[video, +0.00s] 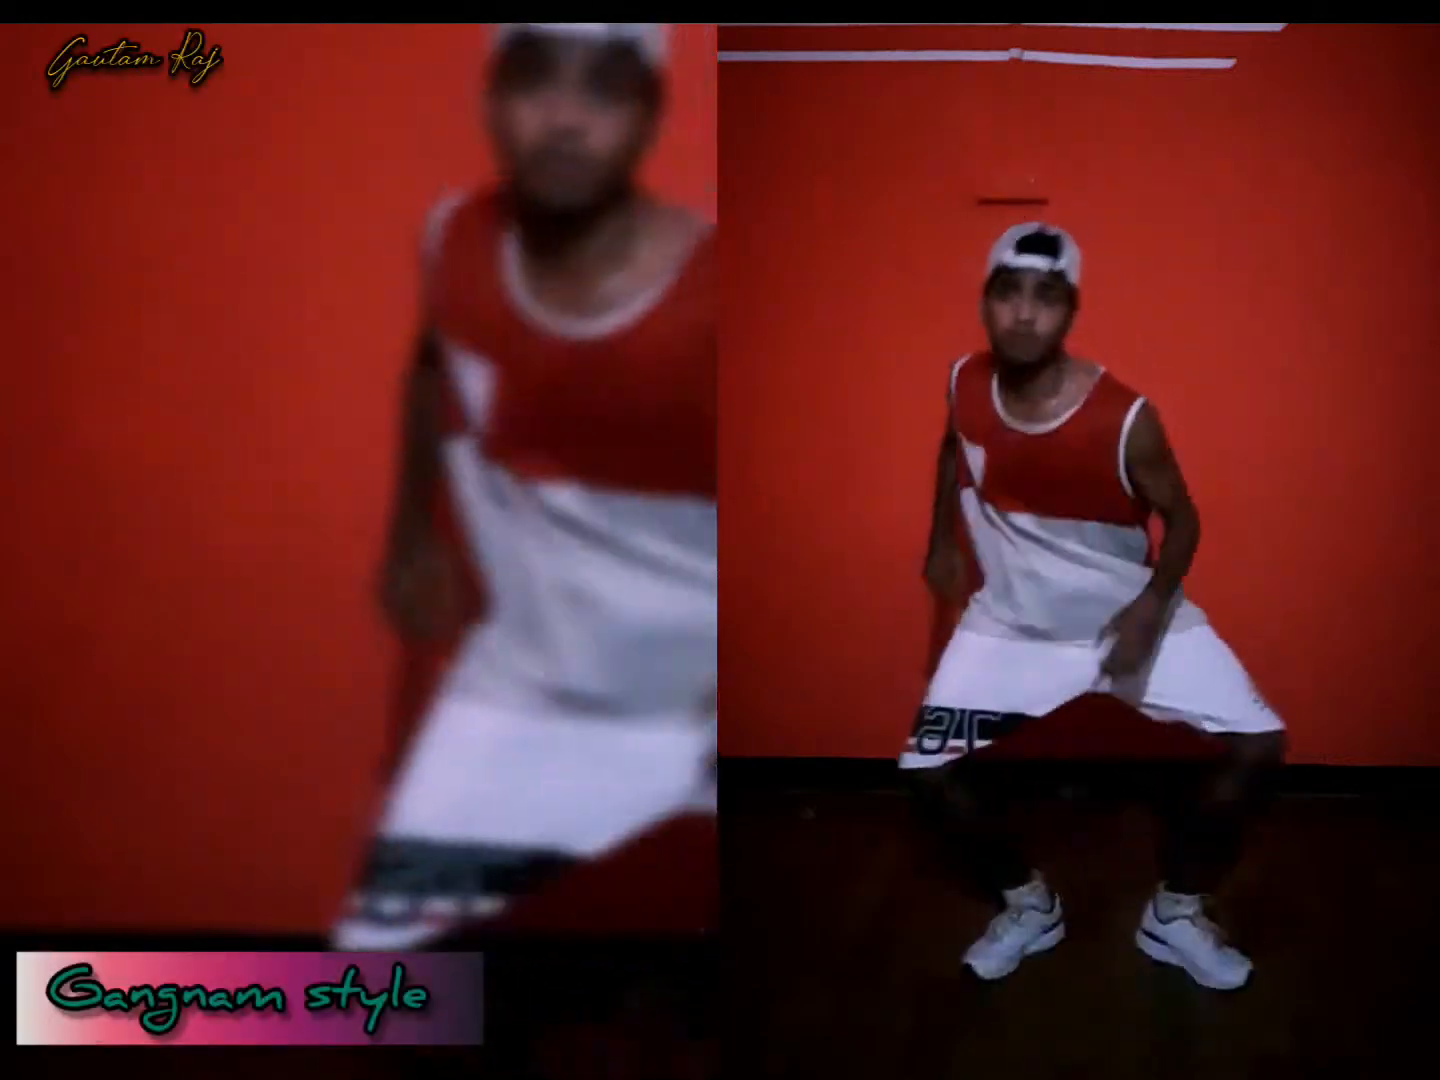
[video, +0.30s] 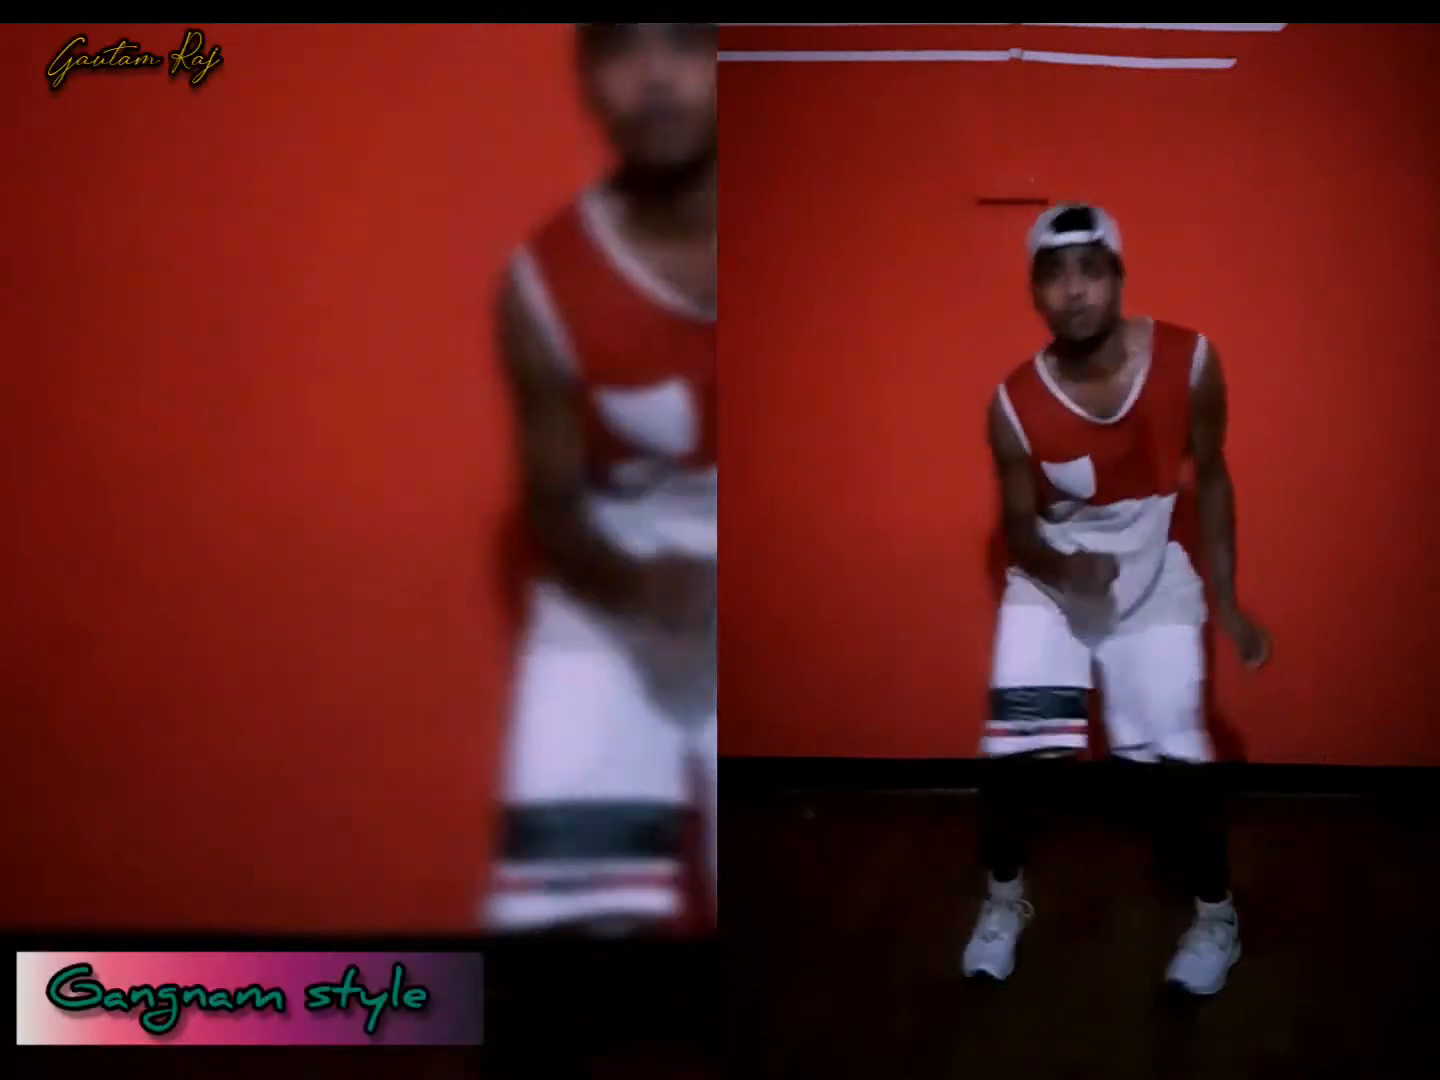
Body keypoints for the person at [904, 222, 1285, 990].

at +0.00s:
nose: (1022, 315)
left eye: (1044, 300)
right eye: (1007, 296)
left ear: (1071, 315)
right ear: (987, 307)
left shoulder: (1125, 419)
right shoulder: (968, 386)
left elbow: (1182, 520)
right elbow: (955, 452)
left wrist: (1150, 615)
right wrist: (943, 542)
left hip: (1128, 622)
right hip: (1009, 623)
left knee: (1255, 742)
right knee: (932, 766)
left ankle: (1175, 912)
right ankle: (1027, 903)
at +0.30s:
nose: (1077, 291)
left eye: (1092, 271)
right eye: (1057, 276)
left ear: (1120, 281)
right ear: (1036, 295)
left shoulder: (1186, 363)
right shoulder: (1017, 404)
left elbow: (1211, 475)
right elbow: (1018, 528)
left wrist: (1225, 598)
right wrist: (1062, 568)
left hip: (1154, 578)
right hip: (1045, 581)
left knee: (1174, 753)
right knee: (1014, 749)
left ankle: (1211, 916)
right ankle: (1003, 900)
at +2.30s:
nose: (1039, 327)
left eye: (1058, 312)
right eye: (1023, 310)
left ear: (1084, 322)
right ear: (1003, 319)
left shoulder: (1145, 406)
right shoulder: (979, 399)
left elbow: (1165, 522)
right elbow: (980, 497)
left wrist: (1121, 571)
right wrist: (975, 578)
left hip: (1143, 587)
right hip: (1025, 589)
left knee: (1247, 721)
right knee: (953, 737)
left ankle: (1190, 888)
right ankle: (1041, 885)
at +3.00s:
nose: (987, 317)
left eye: (1005, 301)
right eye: (973, 300)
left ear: (1034, 309)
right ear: (956, 311)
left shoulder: (1103, 378)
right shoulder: (934, 408)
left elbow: (1154, 433)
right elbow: (897, 487)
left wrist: (1131, 524)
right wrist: (950, 533)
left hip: (1107, 575)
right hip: (1001, 585)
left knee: (1184, 709)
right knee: (974, 740)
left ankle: (1151, 874)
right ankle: (1029, 885)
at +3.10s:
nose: (958, 263)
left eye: (975, 245)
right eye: (943, 246)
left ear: (1006, 250)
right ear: (927, 260)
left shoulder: (1070, 307)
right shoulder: (923, 374)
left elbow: (1104, 412)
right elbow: (918, 512)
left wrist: (1119, 506)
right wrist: (977, 499)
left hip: (1090, 563)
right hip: (993, 578)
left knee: (1136, 713)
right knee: (982, 743)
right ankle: (1030, 883)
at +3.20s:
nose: (949, 269)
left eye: (965, 253)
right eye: (933, 254)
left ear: (990, 259)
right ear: (916, 266)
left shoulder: (1037, 318)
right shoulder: (914, 373)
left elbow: (1060, 420)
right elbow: (963, 516)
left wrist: (1108, 487)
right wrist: (992, 433)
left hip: (1072, 572)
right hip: (986, 579)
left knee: (1050, 742)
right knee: (981, 745)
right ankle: (992, 878)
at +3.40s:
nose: (1002, 284)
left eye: (1020, 269)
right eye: (988, 266)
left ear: (1043, 278)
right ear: (968, 271)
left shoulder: (1060, 357)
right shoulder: (928, 351)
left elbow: (1060, 461)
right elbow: (908, 489)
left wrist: (1122, 484)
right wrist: (950, 475)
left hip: (1028, 590)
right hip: (945, 583)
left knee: (993, 772)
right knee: (940, 761)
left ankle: (917, 835)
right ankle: (870, 862)